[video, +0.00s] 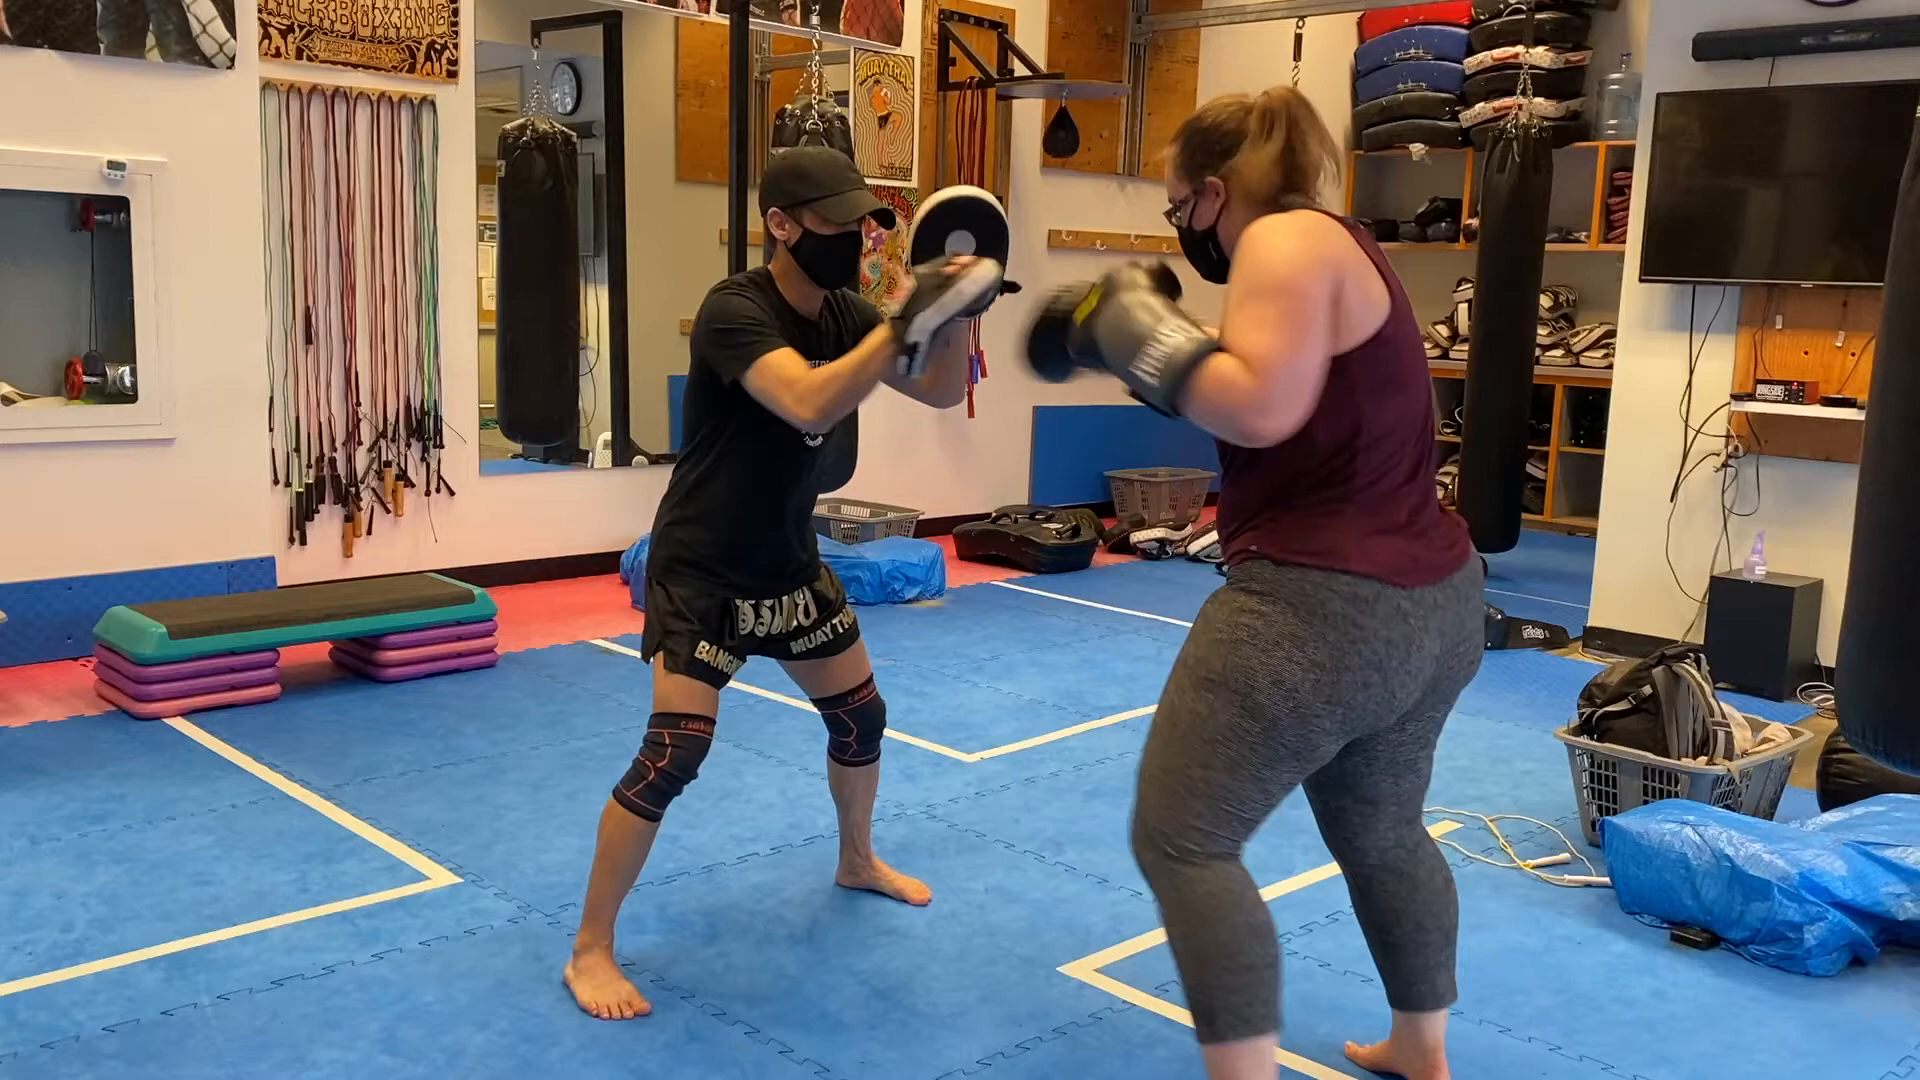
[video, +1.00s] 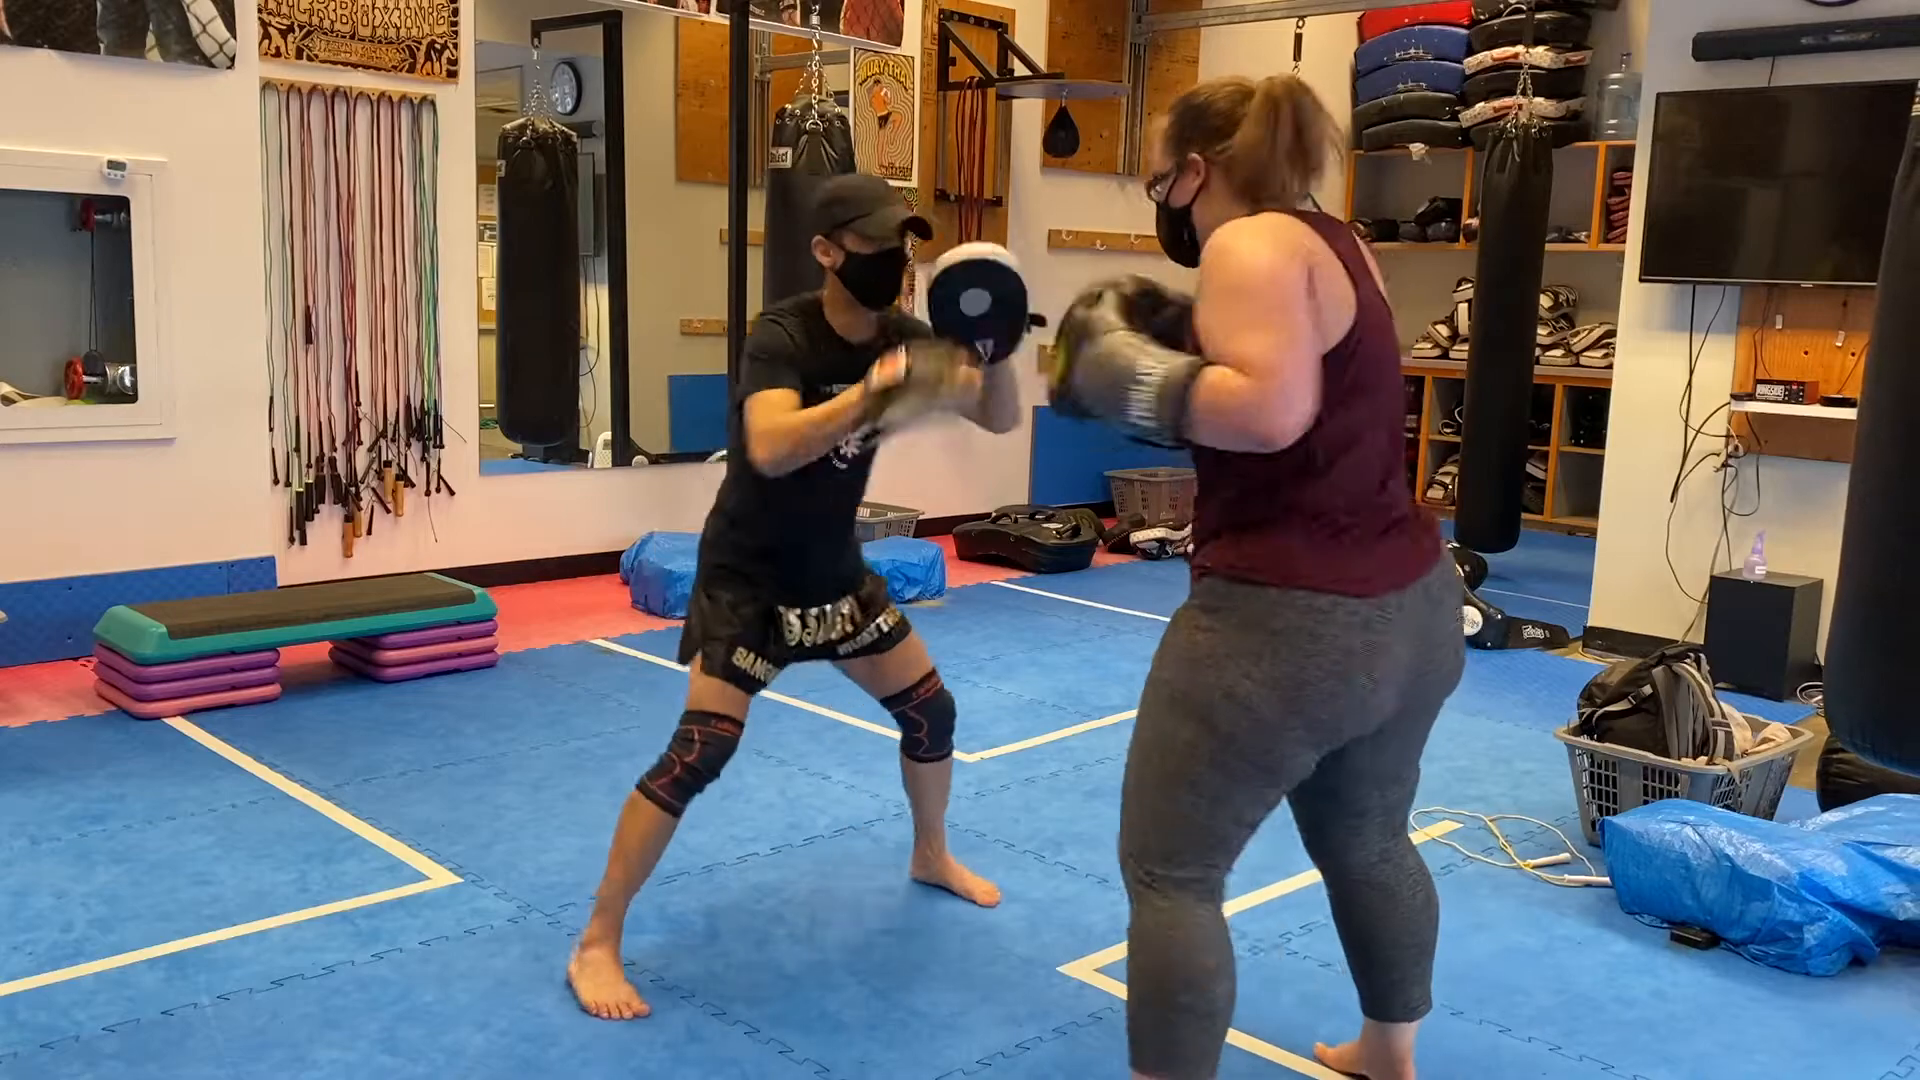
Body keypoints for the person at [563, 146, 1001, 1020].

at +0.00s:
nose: (859, 242)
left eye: (861, 227)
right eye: (843, 228)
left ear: (844, 228)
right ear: (785, 224)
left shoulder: (844, 310)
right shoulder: (731, 313)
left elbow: (940, 388)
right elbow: (809, 405)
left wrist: (953, 306)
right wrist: (902, 319)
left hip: (790, 554)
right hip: (702, 559)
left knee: (859, 717)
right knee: (676, 747)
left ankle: (857, 861)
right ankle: (592, 947)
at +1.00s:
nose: (898, 263)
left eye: (902, 247)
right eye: (880, 250)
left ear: (908, 243)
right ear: (829, 250)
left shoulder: (904, 338)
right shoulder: (777, 335)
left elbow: (1001, 417)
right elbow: (769, 448)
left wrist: (993, 340)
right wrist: (872, 392)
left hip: (834, 562)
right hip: (747, 566)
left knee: (929, 712)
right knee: (704, 745)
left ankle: (932, 856)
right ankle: (599, 941)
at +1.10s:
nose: (924, 296)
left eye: (933, 280)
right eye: (907, 282)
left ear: (944, 271)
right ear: (860, 274)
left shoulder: (933, 364)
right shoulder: (803, 346)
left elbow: (1017, 452)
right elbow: (716, 452)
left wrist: (1005, 372)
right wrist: (803, 482)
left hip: (856, 567)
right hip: (759, 563)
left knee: (948, 709)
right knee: (709, 728)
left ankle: (936, 854)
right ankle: (612, 916)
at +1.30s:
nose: (887, 288)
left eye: (893, 273)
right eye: (869, 276)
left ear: (900, 273)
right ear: (818, 278)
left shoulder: (907, 369)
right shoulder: (756, 359)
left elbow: (957, 445)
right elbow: (687, 419)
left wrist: (958, 469)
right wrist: (686, 473)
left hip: (847, 577)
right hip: (749, 579)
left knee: (936, 709)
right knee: (666, 733)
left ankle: (936, 855)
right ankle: (599, 818)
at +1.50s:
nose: (763, 266)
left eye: (771, 253)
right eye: (747, 253)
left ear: (778, 253)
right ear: (701, 251)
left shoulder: (794, 346)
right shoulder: (645, 340)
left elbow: (831, 420)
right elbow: (577, 419)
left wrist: (846, 463)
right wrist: (583, 467)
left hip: (760, 560)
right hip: (658, 558)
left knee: (837, 706)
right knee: (593, 714)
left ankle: (912, 846)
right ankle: (608, 811)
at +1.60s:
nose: (719, 242)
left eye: (727, 227)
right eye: (702, 228)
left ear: (738, 225)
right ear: (657, 226)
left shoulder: (759, 319)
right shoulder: (610, 317)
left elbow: (800, 400)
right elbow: (544, 405)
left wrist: (812, 439)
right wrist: (574, 437)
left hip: (731, 533)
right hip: (632, 535)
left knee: (792, 691)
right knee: (596, 702)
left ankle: (848, 838)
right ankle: (608, 811)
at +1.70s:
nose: (703, 213)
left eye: (710, 197)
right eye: (685, 201)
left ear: (721, 195)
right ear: (638, 201)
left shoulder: (741, 294)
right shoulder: (587, 295)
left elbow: (786, 364)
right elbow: (529, 397)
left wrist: (808, 392)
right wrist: (570, 403)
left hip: (720, 513)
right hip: (619, 518)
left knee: (758, 677)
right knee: (600, 683)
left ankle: (758, 837)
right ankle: (606, 806)